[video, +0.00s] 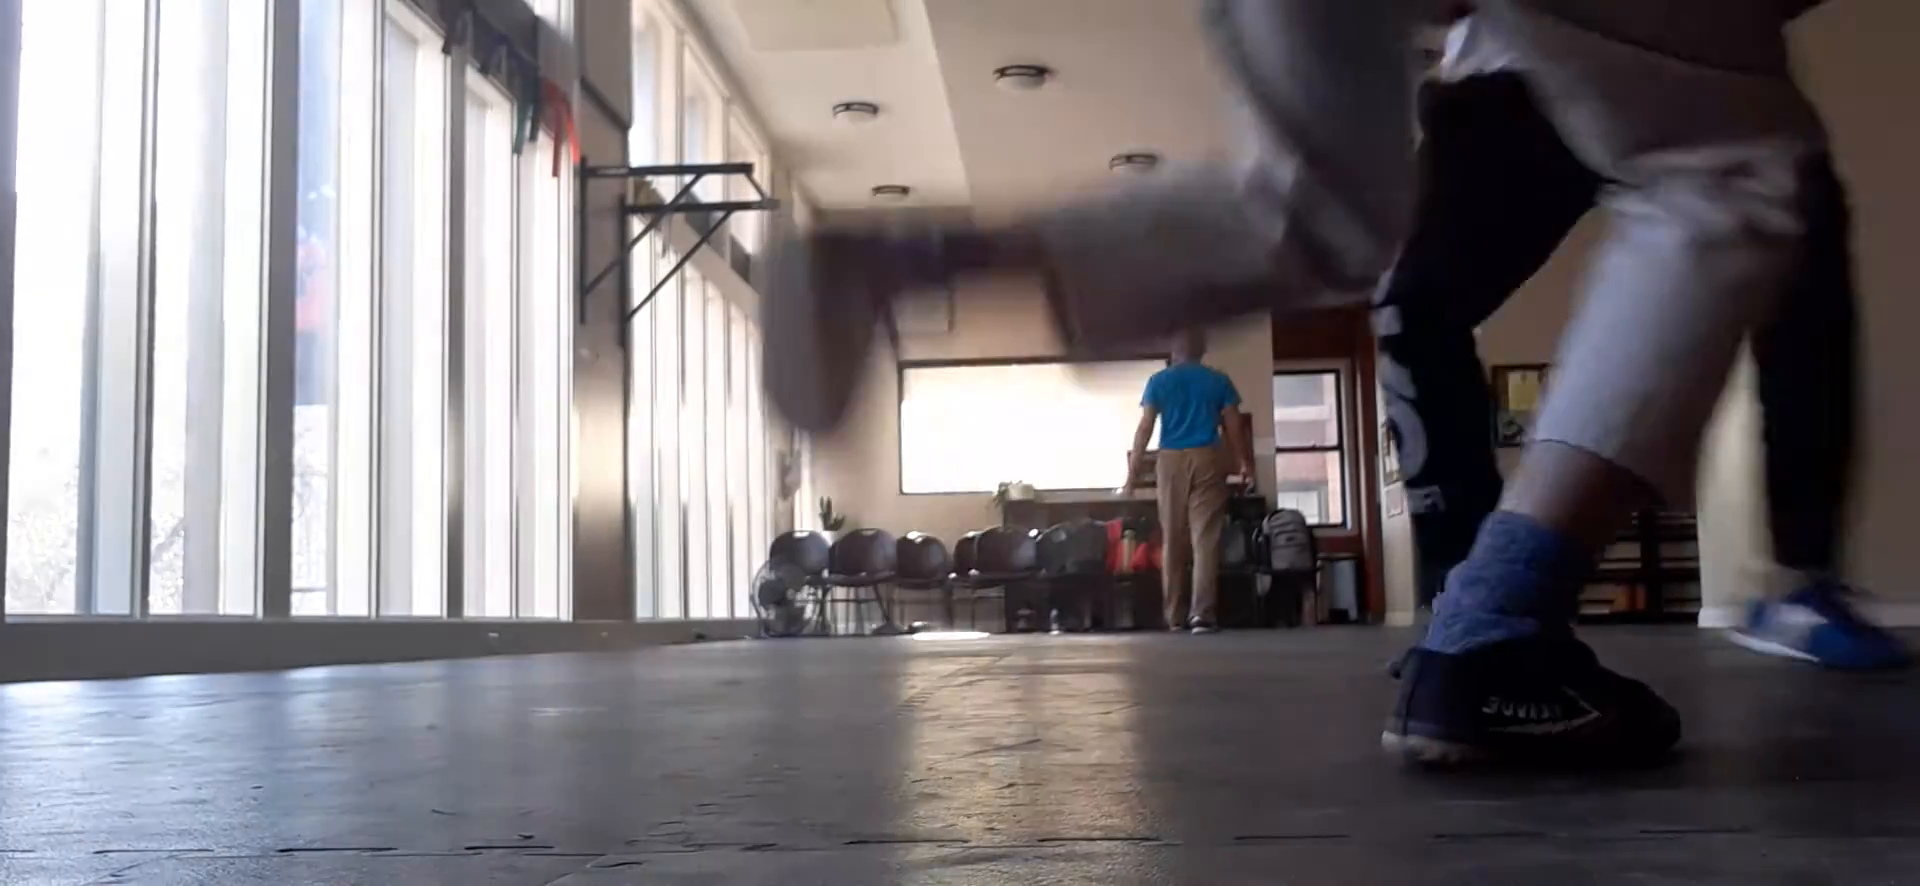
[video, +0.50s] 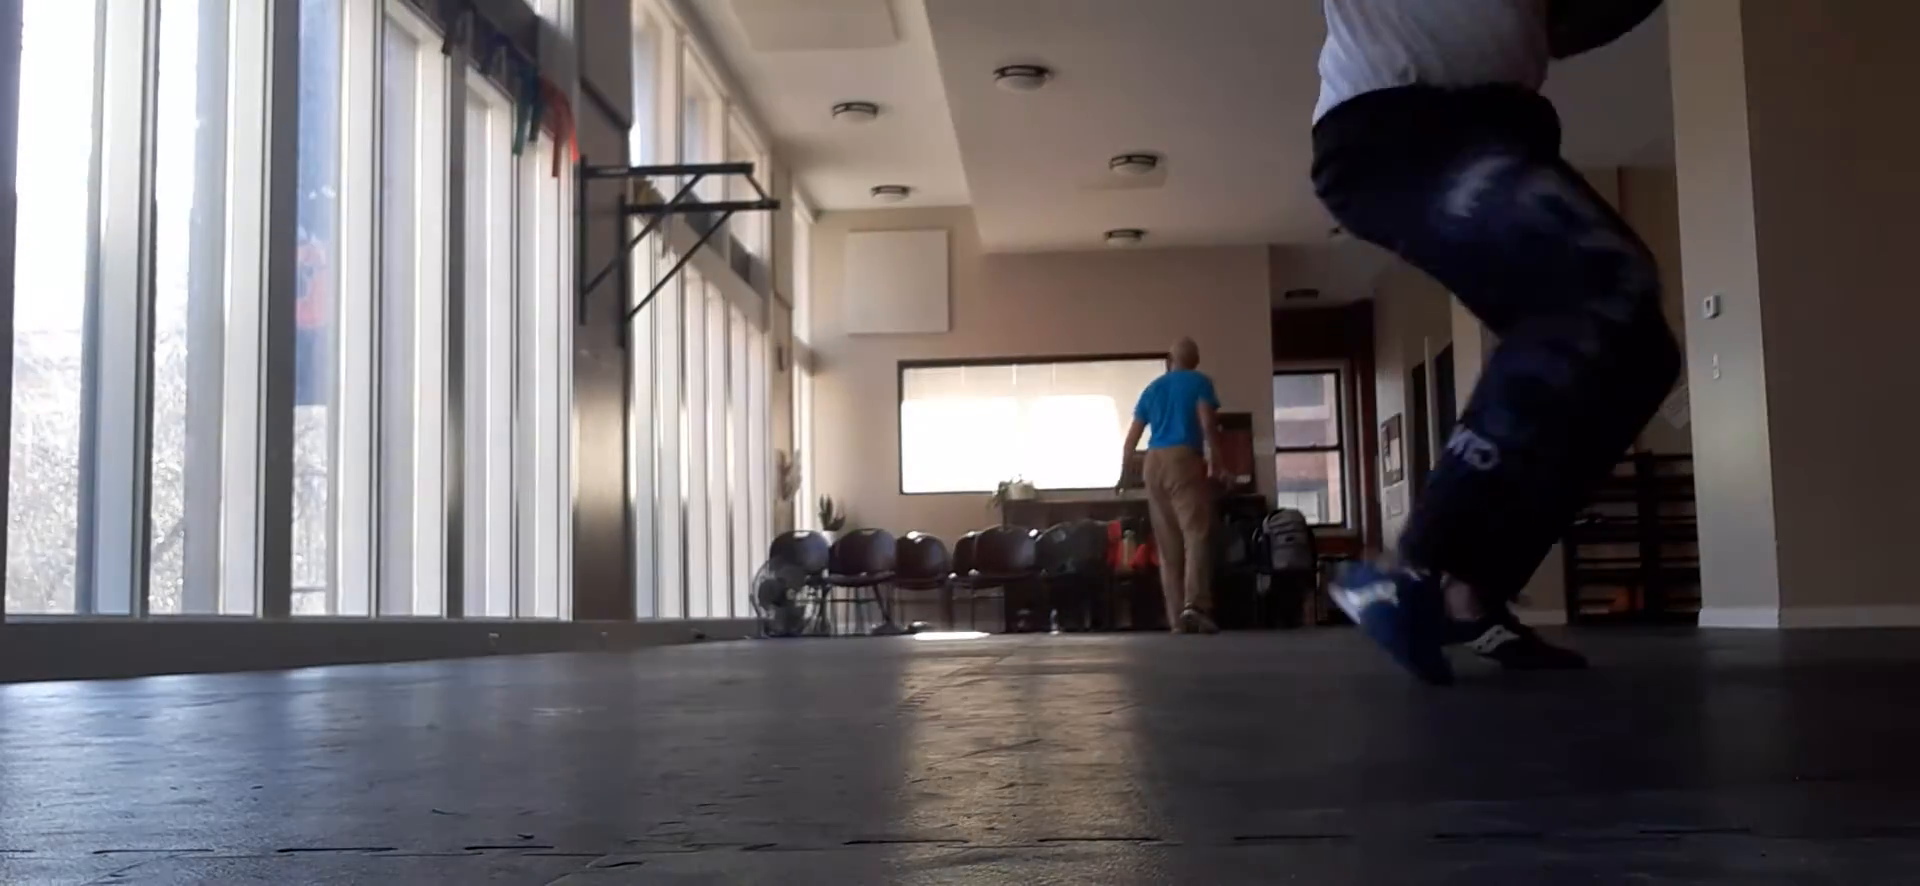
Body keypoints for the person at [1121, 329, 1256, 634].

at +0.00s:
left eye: (1175, 346)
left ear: (1173, 352)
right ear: (1202, 350)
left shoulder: (1158, 381)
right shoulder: (1219, 380)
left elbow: (1145, 428)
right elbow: (1233, 426)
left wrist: (1133, 472)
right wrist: (1244, 462)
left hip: (1170, 457)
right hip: (1208, 455)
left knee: (1172, 536)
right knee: (1205, 536)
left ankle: (1173, 615)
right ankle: (1202, 614)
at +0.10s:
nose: (1170, 357)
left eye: (1172, 352)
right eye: (1176, 352)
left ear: (1176, 353)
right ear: (1199, 356)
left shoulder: (1158, 383)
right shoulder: (1216, 383)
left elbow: (1141, 434)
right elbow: (1230, 431)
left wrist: (1126, 475)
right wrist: (1241, 468)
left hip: (1169, 461)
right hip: (1206, 459)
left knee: (1175, 540)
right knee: (1203, 537)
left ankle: (1177, 618)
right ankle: (1200, 612)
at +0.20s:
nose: (1167, 357)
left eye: (1169, 352)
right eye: (1172, 352)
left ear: (1172, 354)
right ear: (1196, 357)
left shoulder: (1156, 385)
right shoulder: (1210, 382)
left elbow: (1137, 432)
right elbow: (1226, 428)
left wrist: (1122, 470)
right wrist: (1233, 467)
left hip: (1165, 460)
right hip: (1200, 459)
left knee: (1173, 542)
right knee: (1201, 537)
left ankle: (1179, 618)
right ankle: (1199, 609)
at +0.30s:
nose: (1167, 355)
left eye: (1168, 351)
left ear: (1170, 353)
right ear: (1195, 356)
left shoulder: (1154, 384)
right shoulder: (1207, 381)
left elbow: (1133, 431)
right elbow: (1222, 426)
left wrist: (1115, 470)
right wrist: (1232, 466)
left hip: (1161, 458)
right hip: (1195, 457)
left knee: (1172, 540)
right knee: (1201, 534)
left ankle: (1178, 619)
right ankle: (1200, 604)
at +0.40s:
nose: (1169, 358)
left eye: (1168, 353)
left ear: (1168, 357)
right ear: (1194, 358)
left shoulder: (1152, 386)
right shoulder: (1205, 382)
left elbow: (1130, 431)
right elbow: (1215, 428)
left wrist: (1116, 469)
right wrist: (1221, 465)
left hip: (1157, 459)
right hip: (1189, 457)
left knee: (1170, 542)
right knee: (1199, 534)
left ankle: (1177, 621)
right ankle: (1200, 603)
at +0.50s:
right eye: (1193, 358)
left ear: (1171, 360)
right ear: (1196, 361)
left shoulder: (1153, 387)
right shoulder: (1200, 381)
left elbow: (1132, 437)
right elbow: (1207, 421)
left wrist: (1125, 473)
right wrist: (1217, 462)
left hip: (1153, 458)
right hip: (1184, 456)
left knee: (1167, 540)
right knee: (1194, 533)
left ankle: (1175, 618)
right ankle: (1193, 605)